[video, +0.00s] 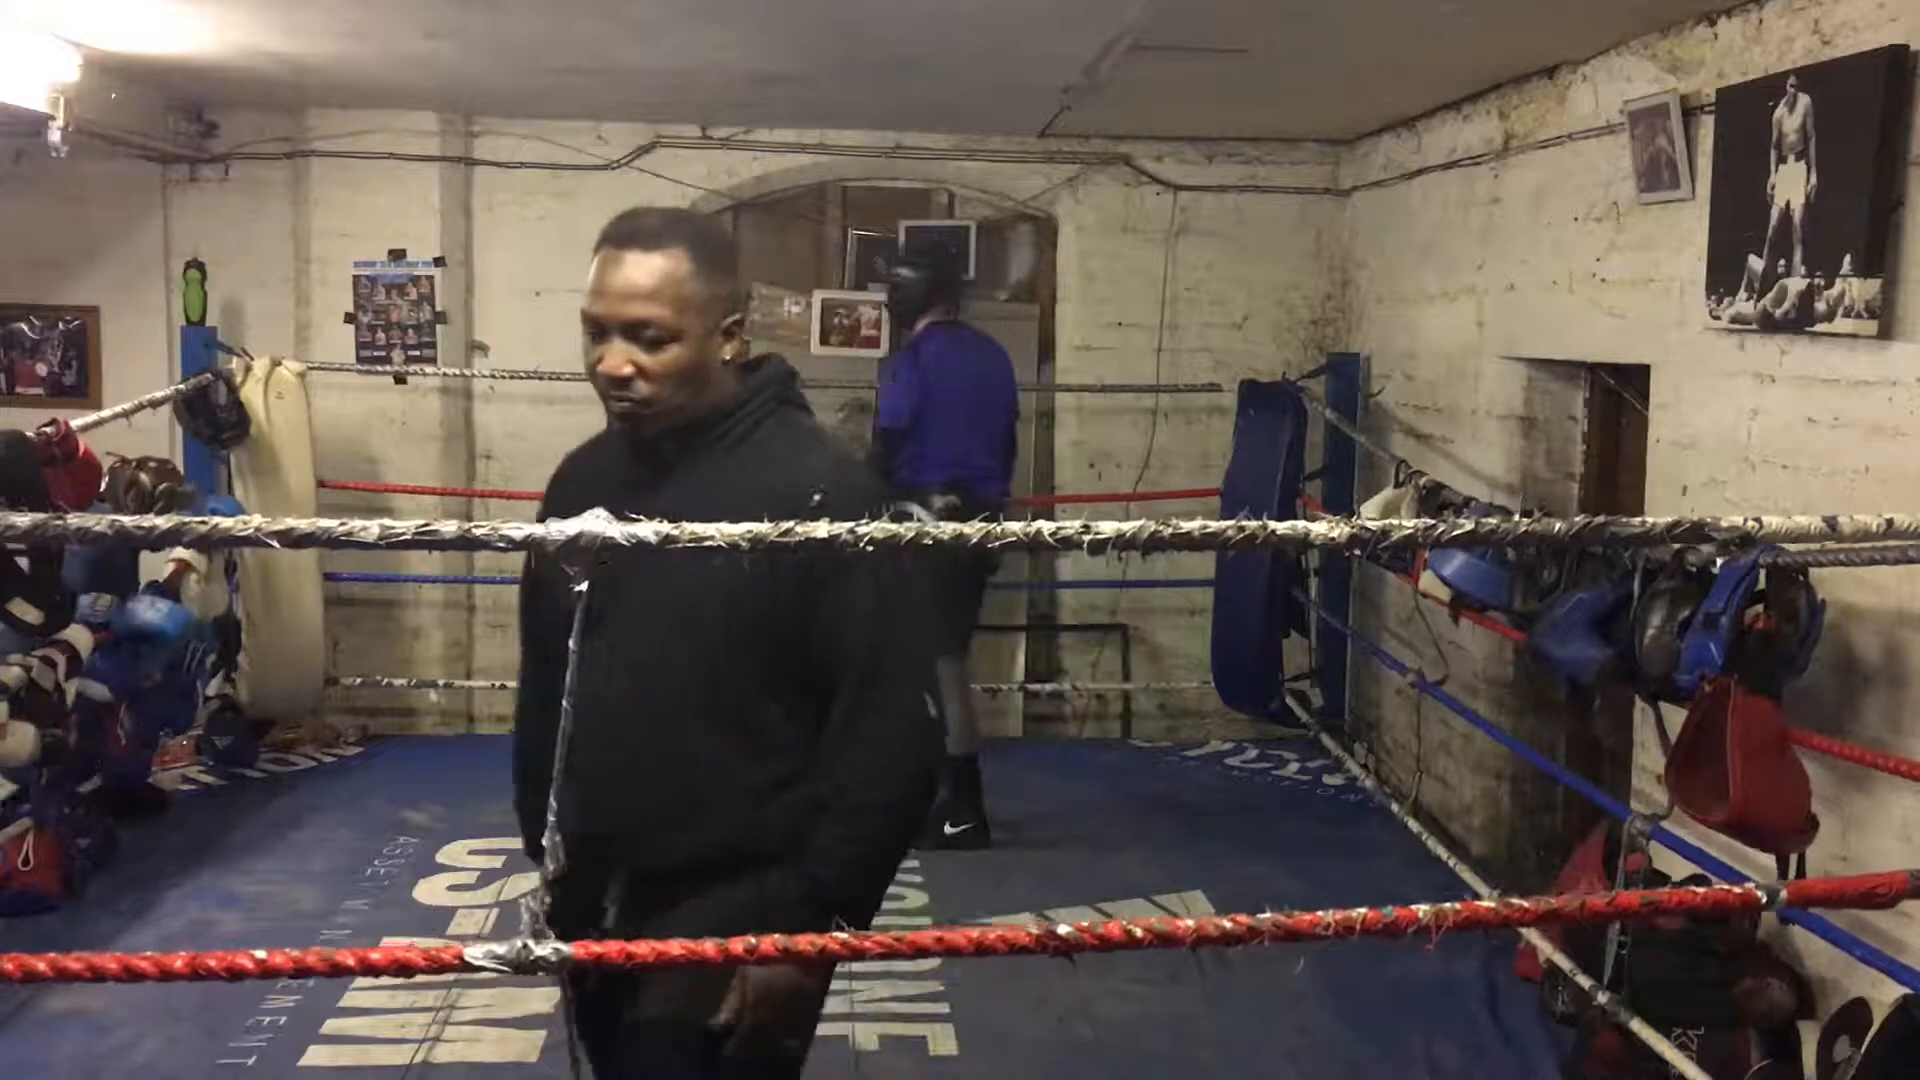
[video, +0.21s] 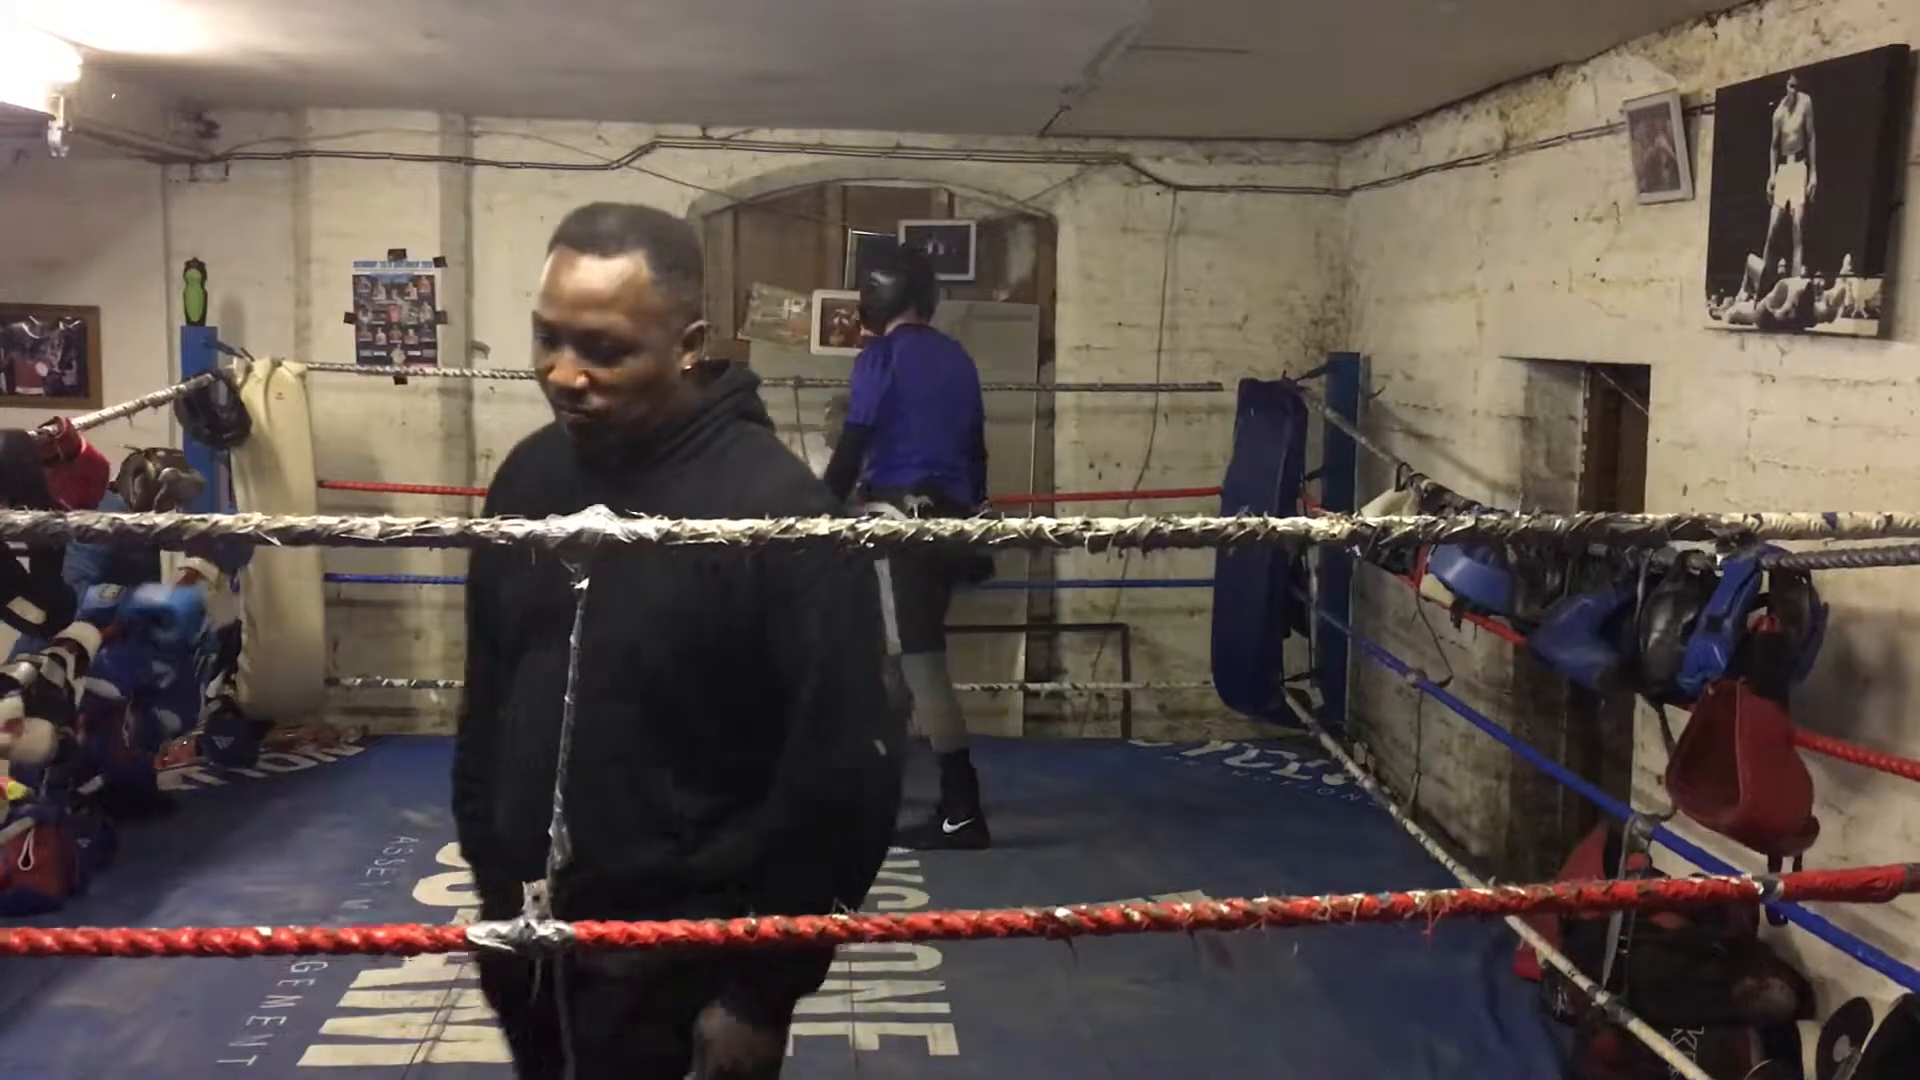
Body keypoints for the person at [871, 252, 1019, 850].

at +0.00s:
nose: (890, 307)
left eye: (895, 297)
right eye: (892, 295)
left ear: (913, 303)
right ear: (951, 300)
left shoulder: (911, 359)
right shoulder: (993, 355)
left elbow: (891, 434)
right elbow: (1006, 440)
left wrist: (873, 484)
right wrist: (992, 494)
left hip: (925, 511)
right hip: (984, 512)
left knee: (944, 659)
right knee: (946, 655)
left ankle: (965, 808)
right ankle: (947, 796)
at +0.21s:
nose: (859, 308)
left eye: (864, 298)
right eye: (861, 299)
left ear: (877, 302)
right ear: (926, 303)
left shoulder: (879, 356)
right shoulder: (959, 359)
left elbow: (854, 440)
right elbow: (974, 448)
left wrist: (822, 504)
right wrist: (971, 512)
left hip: (895, 519)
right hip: (950, 519)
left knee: (921, 664)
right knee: (897, 660)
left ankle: (961, 812)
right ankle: (873, 794)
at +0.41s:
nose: (841, 299)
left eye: (846, 290)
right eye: (845, 289)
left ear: (860, 293)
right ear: (903, 298)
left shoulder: (856, 352)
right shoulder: (929, 362)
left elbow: (839, 435)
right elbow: (936, 449)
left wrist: (819, 503)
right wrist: (933, 515)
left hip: (861, 516)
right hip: (912, 517)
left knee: (861, 659)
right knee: (875, 655)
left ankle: (934, 783)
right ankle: (851, 790)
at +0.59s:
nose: (819, 299)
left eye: (824, 290)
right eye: (823, 290)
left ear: (837, 294)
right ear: (879, 299)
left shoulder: (839, 350)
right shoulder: (903, 354)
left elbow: (827, 429)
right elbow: (911, 435)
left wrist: (806, 498)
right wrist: (905, 499)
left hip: (846, 500)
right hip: (893, 501)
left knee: (844, 625)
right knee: (875, 624)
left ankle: (864, 744)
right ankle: (874, 739)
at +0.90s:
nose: (772, 294)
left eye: (776, 286)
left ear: (785, 292)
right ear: (836, 294)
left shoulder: (771, 353)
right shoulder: (863, 355)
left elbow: (757, 428)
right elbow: (873, 436)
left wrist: (738, 489)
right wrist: (851, 476)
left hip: (783, 501)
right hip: (845, 501)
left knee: (781, 635)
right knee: (849, 637)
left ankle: (794, 766)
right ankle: (856, 773)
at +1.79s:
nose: (849, 292)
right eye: (846, 283)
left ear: (789, 288)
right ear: (839, 288)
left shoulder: (757, 346)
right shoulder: (849, 348)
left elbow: (739, 425)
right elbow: (862, 427)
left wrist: (744, 478)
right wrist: (875, 483)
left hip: (771, 499)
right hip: (832, 502)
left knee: (756, 629)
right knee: (837, 630)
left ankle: (731, 768)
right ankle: (840, 766)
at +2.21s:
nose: (911, 298)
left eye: (906, 289)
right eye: (906, 289)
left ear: (848, 295)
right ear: (895, 293)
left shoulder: (818, 357)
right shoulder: (898, 357)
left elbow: (809, 435)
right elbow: (919, 435)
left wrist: (818, 486)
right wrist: (951, 492)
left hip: (837, 504)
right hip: (887, 508)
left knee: (826, 631)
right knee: (868, 638)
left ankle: (772, 750)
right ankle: (844, 770)